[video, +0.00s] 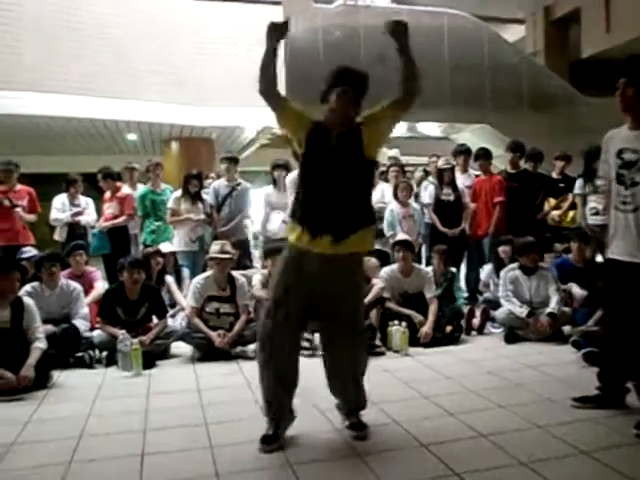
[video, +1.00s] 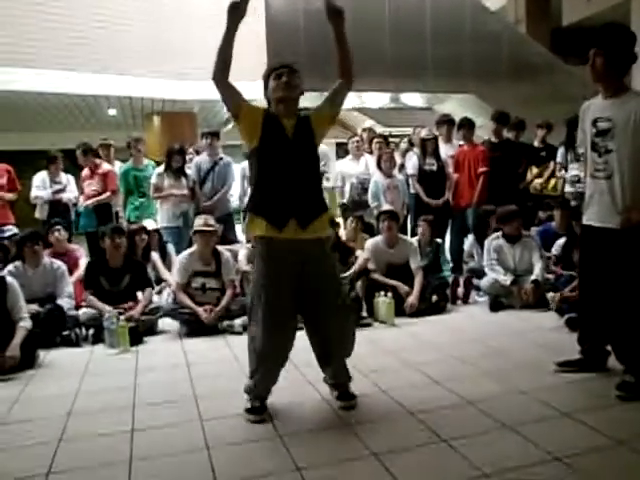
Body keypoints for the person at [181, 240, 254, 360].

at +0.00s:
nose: (222, 265)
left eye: (225, 260)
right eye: (217, 261)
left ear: (232, 262)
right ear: (211, 262)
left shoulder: (239, 282)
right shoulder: (199, 282)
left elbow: (244, 314)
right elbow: (192, 314)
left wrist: (231, 336)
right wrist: (212, 335)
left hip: (232, 328)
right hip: (207, 329)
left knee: (257, 329)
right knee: (184, 334)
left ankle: (207, 352)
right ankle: (233, 351)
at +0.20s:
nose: (217, 262)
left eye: (221, 258)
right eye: (213, 258)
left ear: (227, 260)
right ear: (205, 260)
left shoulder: (235, 280)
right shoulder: (195, 280)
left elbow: (239, 311)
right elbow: (187, 312)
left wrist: (226, 333)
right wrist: (207, 332)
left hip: (226, 326)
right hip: (201, 326)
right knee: (179, 332)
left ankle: (201, 350)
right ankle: (225, 349)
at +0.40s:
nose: (207, 261)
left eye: (211, 257)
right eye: (203, 257)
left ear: (217, 259)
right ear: (196, 259)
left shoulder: (225, 279)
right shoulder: (185, 279)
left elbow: (230, 310)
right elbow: (177, 311)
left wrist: (217, 332)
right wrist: (197, 331)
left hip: (217, 325)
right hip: (192, 325)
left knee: (239, 332)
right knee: (169, 332)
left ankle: (190, 350)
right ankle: (217, 349)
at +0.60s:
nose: (202, 238)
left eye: (205, 233)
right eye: (197, 234)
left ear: (212, 235)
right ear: (191, 235)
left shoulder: (219, 256)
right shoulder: (180, 256)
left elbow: (225, 287)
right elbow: (172, 287)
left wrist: (212, 309)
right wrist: (192, 307)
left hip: (211, 301)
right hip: (187, 301)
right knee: (183, 323)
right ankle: (216, 324)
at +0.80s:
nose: (202, 239)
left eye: (206, 235)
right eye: (198, 235)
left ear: (213, 237)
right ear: (192, 238)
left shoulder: (222, 257)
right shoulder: (182, 258)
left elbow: (228, 288)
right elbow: (175, 290)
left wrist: (214, 311)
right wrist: (195, 309)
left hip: (215, 303)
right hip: (191, 303)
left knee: (241, 304)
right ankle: (218, 326)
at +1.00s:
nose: (206, 239)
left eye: (210, 235)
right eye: (202, 235)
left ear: (216, 237)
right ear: (195, 237)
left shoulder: (224, 257)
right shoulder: (185, 258)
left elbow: (230, 288)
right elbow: (178, 290)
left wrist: (218, 310)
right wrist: (198, 310)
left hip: (218, 304)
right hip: (194, 304)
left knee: (245, 304)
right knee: (168, 310)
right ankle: (220, 326)